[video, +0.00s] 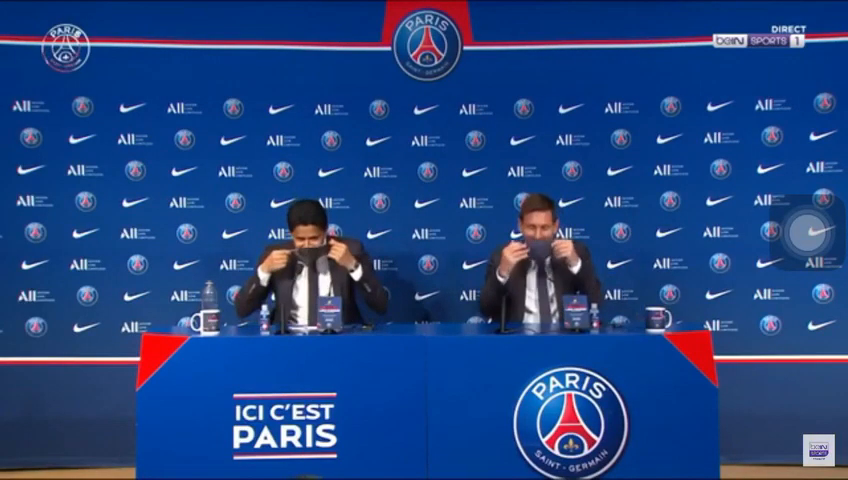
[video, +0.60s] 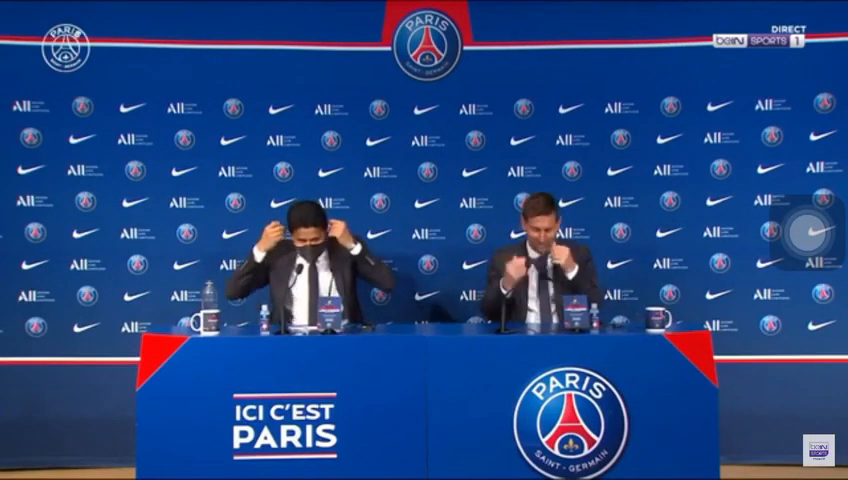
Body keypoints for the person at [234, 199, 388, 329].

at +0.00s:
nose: (307, 245)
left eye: (313, 239)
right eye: (300, 239)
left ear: (326, 233)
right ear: (292, 235)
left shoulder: (350, 251)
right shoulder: (276, 256)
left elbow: (381, 306)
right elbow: (242, 310)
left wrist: (354, 266)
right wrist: (264, 272)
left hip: (340, 345)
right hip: (290, 345)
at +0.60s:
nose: (309, 247)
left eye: (315, 240)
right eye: (302, 241)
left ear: (325, 231)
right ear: (291, 234)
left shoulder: (344, 251)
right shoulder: (279, 254)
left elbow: (388, 283)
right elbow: (233, 292)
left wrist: (353, 246)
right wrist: (260, 249)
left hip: (340, 345)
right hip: (291, 346)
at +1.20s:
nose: (297, 239)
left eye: (304, 233)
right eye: (292, 233)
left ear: (319, 228)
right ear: (284, 231)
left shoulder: (349, 250)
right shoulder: (275, 256)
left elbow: (376, 299)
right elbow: (237, 302)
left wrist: (339, 266)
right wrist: (255, 254)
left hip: (337, 346)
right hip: (289, 347)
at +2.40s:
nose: (299, 236)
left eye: (305, 229)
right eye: (292, 230)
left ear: (321, 226)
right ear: (286, 229)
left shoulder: (350, 251)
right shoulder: (274, 254)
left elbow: (373, 309)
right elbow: (250, 308)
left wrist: (334, 284)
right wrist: (278, 267)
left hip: (337, 343)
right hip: (289, 343)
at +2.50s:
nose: (300, 236)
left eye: (307, 230)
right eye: (294, 230)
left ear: (322, 226)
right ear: (288, 229)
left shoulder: (352, 252)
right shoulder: (275, 255)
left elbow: (374, 308)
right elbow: (249, 310)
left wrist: (342, 297)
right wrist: (280, 277)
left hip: (338, 344)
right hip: (289, 344)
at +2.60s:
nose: (303, 236)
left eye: (310, 230)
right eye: (296, 230)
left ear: (324, 227)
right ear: (290, 229)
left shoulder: (353, 253)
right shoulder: (274, 257)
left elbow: (372, 306)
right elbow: (248, 312)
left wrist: (357, 318)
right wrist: (282, 306)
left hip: (341, 347)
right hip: (289, 348)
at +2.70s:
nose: (304, 238)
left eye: (311, 231)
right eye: (298, 232)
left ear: (325, 228)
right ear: (291, 231)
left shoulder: (354, 254)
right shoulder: (275, 258)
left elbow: (371, 309)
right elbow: (252, 312)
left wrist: (361, 335)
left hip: (341, 345)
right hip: (290, 346)